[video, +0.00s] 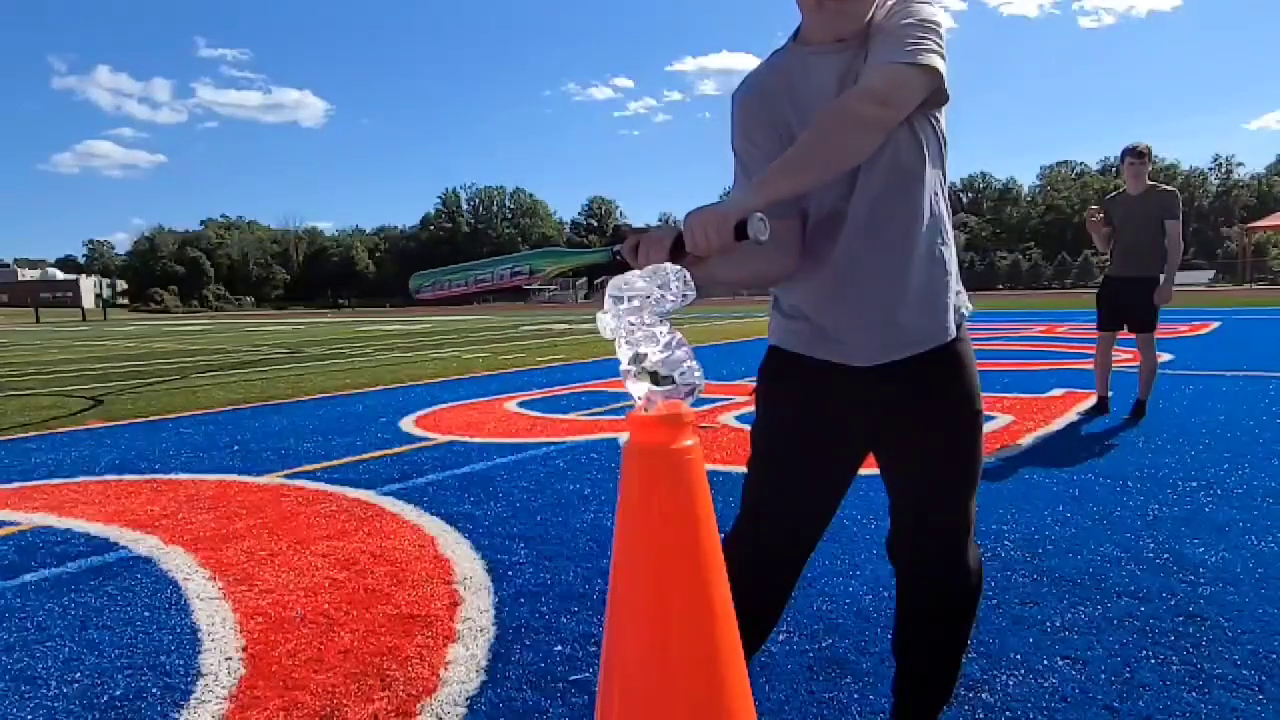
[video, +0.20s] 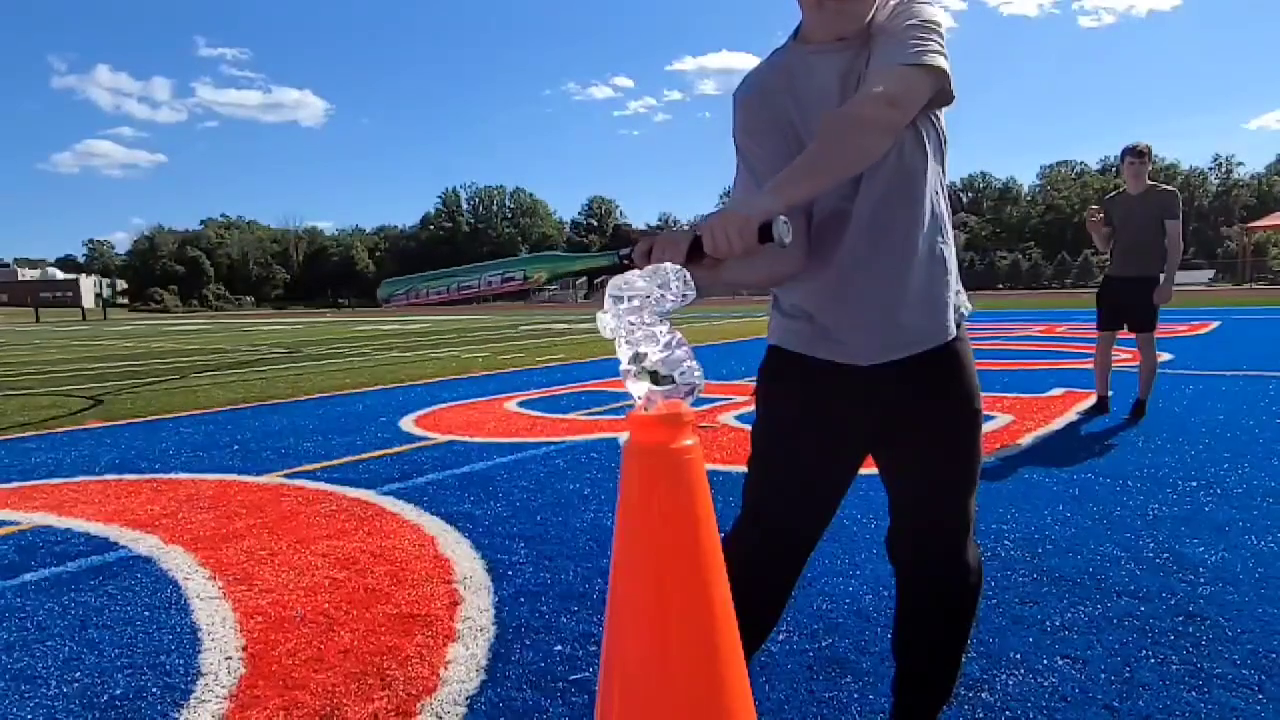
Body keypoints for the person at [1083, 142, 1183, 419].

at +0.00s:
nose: (1136, 166)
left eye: (1141, 161)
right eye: (1130, 162)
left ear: (1149, 165)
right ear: (1122, 167)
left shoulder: (1166, 197)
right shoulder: (1112, 202)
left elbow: (1174, 243)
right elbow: (1103, 246)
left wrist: (1167, 282)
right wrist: (1095, 229)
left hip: (1146, 281)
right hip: (1114, 280)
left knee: (1145, 345)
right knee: (1104, 342)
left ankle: (1141, 401)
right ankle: (1102, 399)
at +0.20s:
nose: (1136, 166)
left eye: (1141, 162)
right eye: (1131, 162)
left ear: (1149, 166)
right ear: (1122, 167)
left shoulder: (1167, 197)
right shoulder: (1113, 202)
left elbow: (1174, 242)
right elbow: (1104, 246)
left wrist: (1167, 282)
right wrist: (1095, 228)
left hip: (1146, 280)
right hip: (1114, 279)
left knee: (1145, 344)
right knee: (1104, 342)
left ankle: (1141, 401)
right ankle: (1102, 398)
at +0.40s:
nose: (1136, 166)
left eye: (1141, 161)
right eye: (1131, 162)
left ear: (1149, 165)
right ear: (1122, 166)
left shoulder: (1167, 196)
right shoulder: (1112, 201)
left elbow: (1174, 242)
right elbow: (1103, 246)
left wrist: (1167, 281)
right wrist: (1095, 228)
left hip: (1146, 279)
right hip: (1114, 279)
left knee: (1145, 344)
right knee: (1104, 342)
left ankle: (1141, 400)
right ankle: (1101, 398)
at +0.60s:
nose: (1136, 166)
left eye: (1142, 161)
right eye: (1131, 161)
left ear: (1149, 165)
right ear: (1122, 165)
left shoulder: (1167, 196)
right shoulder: (1112, 201)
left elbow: (1174, 242)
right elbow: (1103, 245)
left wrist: (1167, 280)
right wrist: (1096, 228)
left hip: (1146, 279)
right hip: (1114, 279)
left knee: (1145, 343)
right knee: (1103, 340)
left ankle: (1141, 400)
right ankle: (1101, 397)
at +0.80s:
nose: (1136, 165)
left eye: (1141, 160)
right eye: (1131, 160)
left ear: (1149, 164)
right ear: (1122, 165)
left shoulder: (1167, 195)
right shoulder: (1112, 200)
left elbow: (1174, 242)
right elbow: (1103, 244)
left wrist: (1166, 280)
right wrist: (1095, 227)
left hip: (1145, 278)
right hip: (1113, 278)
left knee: (1145, 342)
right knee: (1103, 340)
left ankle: (1140, 399)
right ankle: (1101, 396)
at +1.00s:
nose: (1136, 165)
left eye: (1141, 160)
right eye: (1131, 160)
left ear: (1149, 163)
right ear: (1122, 165)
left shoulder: (1166, 194)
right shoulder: (1112, 199)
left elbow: (1173, 240)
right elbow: (1102, 244)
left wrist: (1166, 279)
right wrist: (1095, 227)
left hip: (1145, 278)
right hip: (1113, 277)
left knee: (1144, 342)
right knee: (1102, 338)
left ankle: (1139, 400)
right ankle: (1100, 396)